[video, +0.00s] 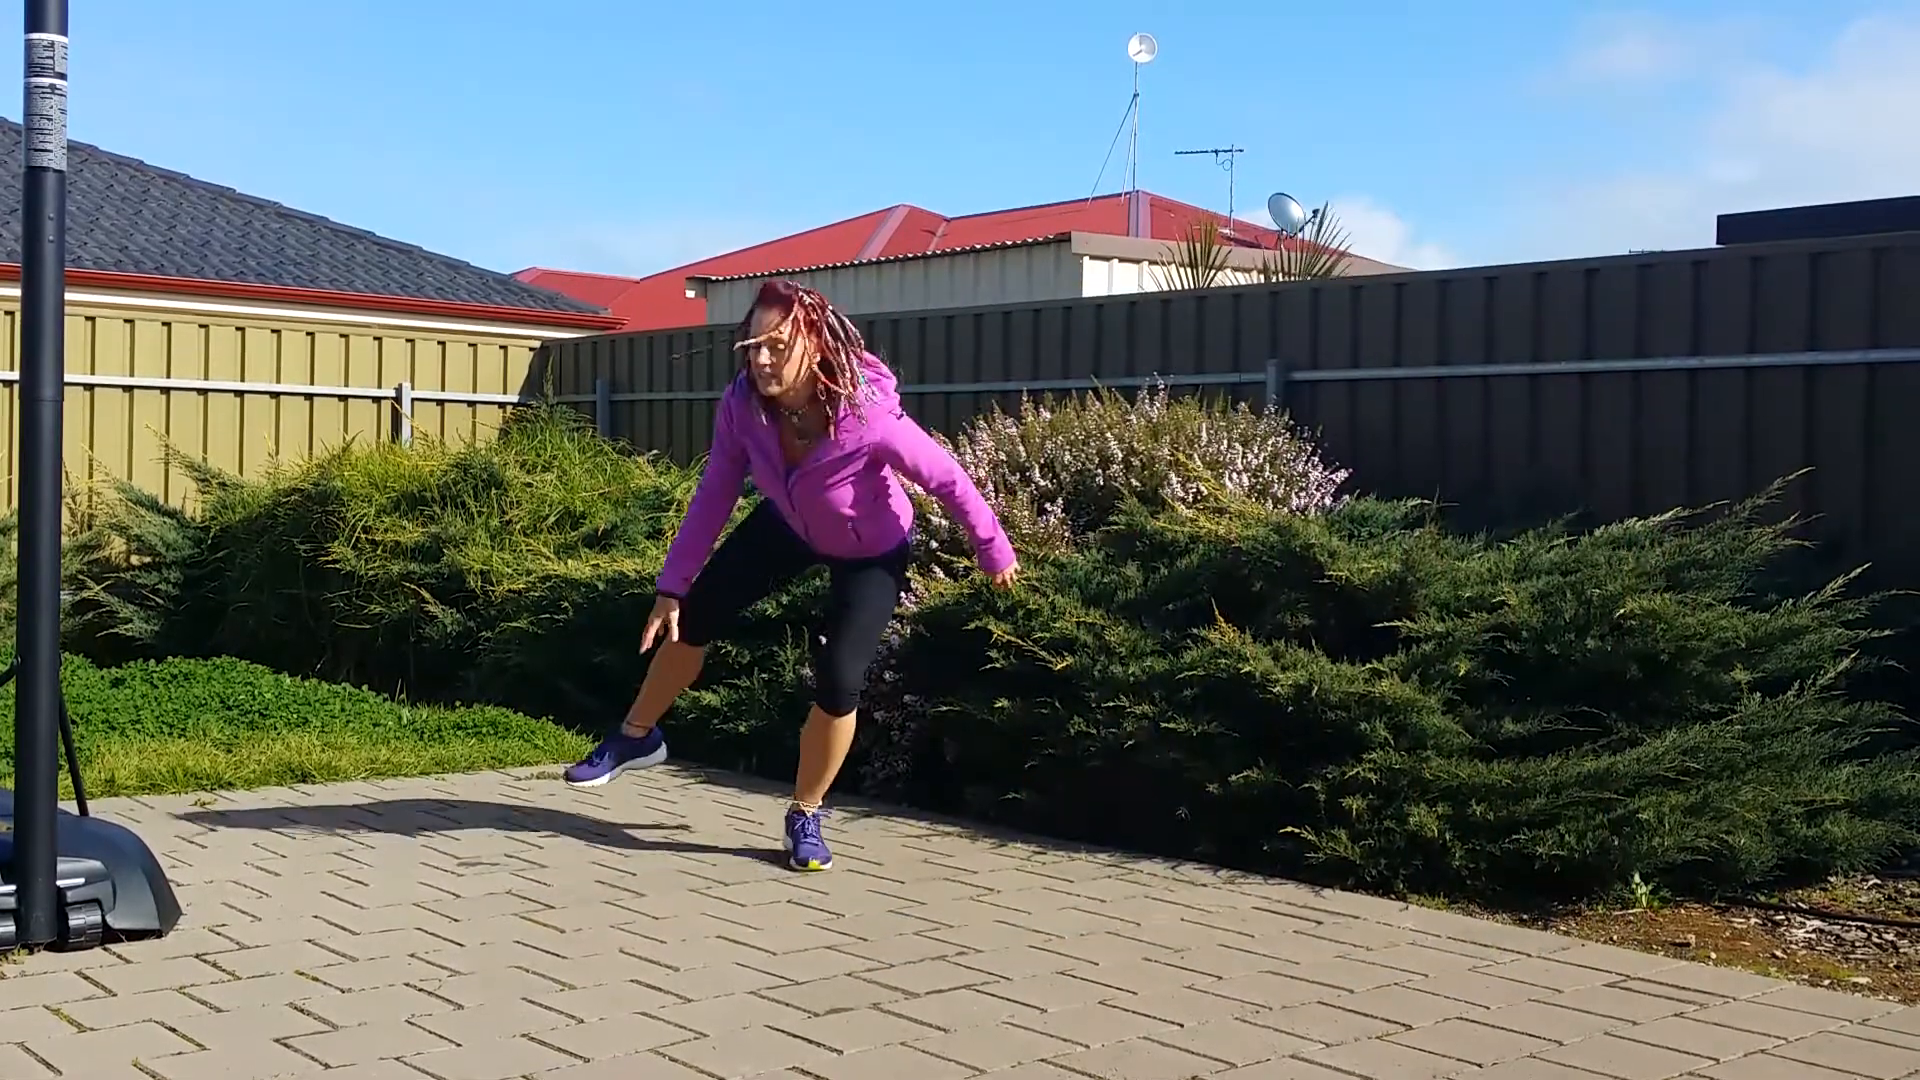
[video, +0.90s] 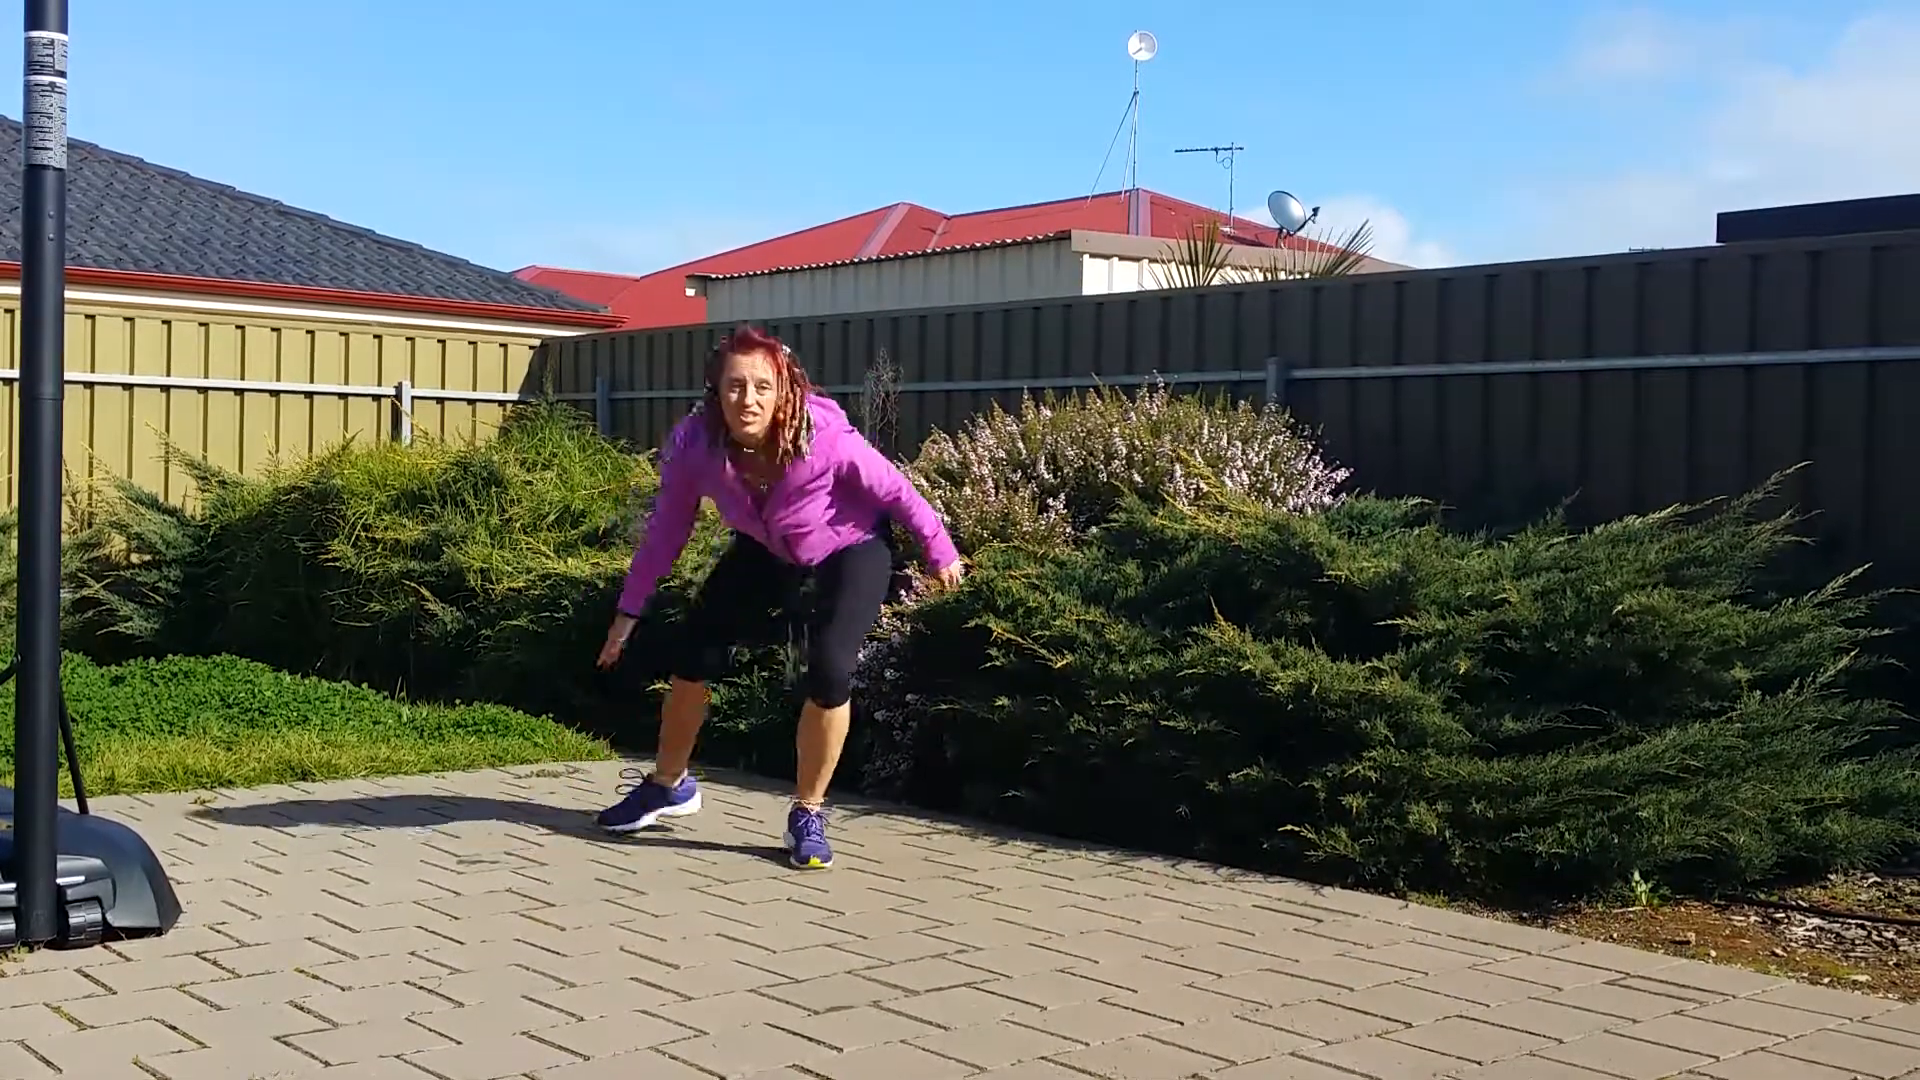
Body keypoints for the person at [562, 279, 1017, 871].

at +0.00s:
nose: (760, 360)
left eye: (775, 345)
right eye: (752, 346)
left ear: (814, 346)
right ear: (743, 348)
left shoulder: (866, 412)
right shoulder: (741, 407)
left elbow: (946, 476)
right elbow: (711, 496)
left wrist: (993, 543)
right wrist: (671, 586)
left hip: (870, 545)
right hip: (788, 523)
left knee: (841, 680)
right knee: (692, 613)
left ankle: (805, 814)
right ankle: (634, 734)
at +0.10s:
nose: (734, 424)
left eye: (750, 412)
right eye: (725, 410)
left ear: (781, 415)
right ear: (716, 414)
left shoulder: (833, 468)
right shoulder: (707, 468)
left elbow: (915, 519)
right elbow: (674, 565)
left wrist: (959, 581)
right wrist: (630, 657)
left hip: (849, 571)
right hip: (766, 561)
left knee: (835, 689)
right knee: (677, 608)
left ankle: (802, 819)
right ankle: (596, 737)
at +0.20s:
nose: (704, 483)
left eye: (718, 471)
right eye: (693, 470)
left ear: (747, 472)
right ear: (682, 471)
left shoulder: (799, 513)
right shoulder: (669, 527)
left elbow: (879, 542)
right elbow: (637, 630)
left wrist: (924, 602)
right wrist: (601, 725)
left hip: (825, 592)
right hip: (743, 594)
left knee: (830, 685)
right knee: (640, 646)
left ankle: (804, 819)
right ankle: (612, 778)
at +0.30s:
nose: (669, 527)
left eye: (683, 513)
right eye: (657, 514)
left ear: (709, 514)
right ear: (642, 519)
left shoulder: (761, 544)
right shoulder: (630, 573)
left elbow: (840, 558)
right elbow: (612, 680)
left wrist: (889, 599)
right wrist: (585, 785)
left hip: (786, 606)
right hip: (698, 617)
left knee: (821, 678)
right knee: (614, 670)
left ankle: (803, 819)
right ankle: (617, 792)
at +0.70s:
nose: (667, 509)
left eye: (680, 495)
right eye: (655, 497)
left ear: (705, 497)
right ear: (638, 501)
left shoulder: (756, 529)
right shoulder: (620, 552)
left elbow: (836, 548)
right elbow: (588, 646)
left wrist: (885, 589)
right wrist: (552, 732)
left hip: (777, 594)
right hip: (686, 604)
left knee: (801, 666)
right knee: (606, 675)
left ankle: (802, 817)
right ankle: (617, 791)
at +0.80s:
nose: (708, 454)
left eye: (722, 441)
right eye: (695, 441)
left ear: (745, 446)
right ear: (678, 446)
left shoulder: (791, 485)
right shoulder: (655, 496)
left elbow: (864, 526)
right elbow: (619, 580)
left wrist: (911, 575)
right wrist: (581, 661)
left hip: (815, 564)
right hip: (729, 567)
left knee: (812, 666)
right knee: (652, 651)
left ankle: (803, 815)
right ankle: (619, 785)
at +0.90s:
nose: (748, 400)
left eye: (762, 386)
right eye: (735, 386)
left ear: (786, 393)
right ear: (717, 392)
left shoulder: (827, 438)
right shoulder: (695, 443)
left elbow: (897, 490)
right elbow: (665, 529)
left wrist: (940, 549)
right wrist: (628, 612)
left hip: (848, 545)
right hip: (763, 543)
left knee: (830, 670)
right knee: (695, 651)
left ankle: (808, 813)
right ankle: (667, 785)